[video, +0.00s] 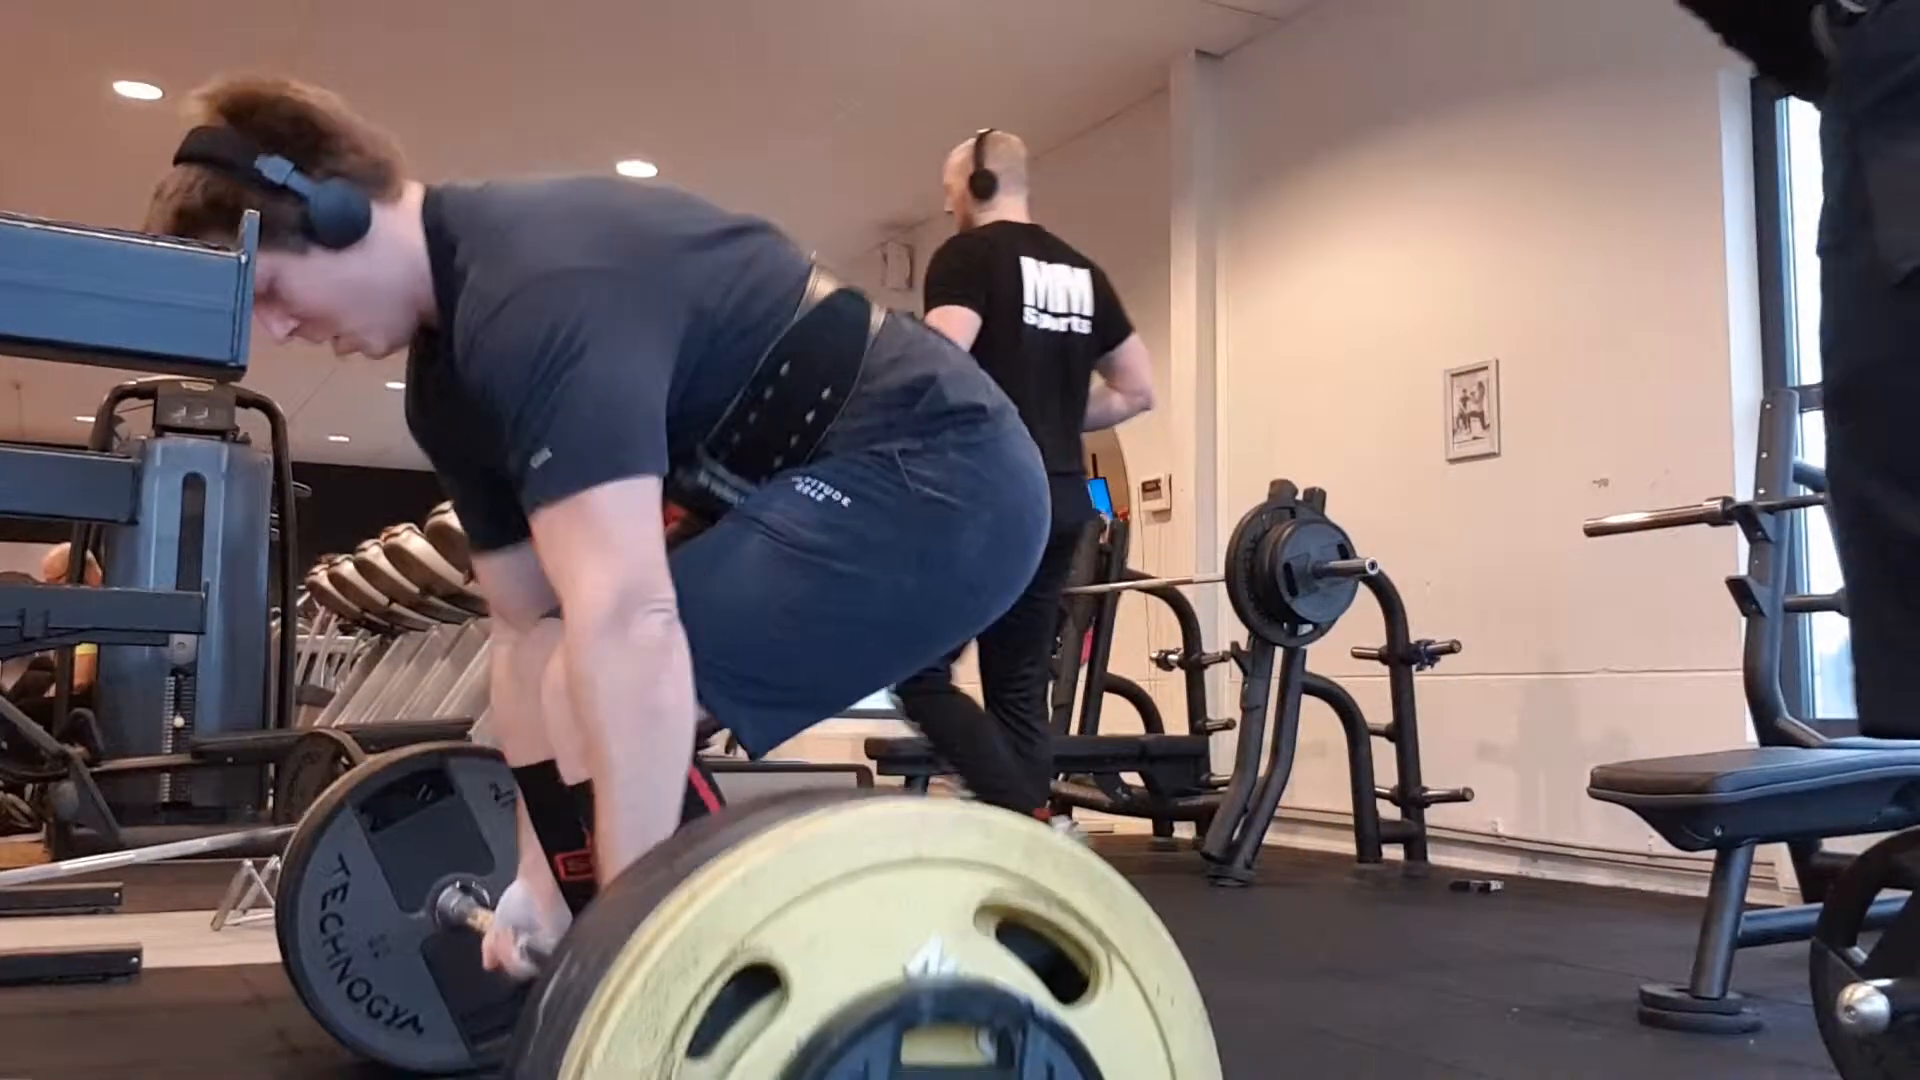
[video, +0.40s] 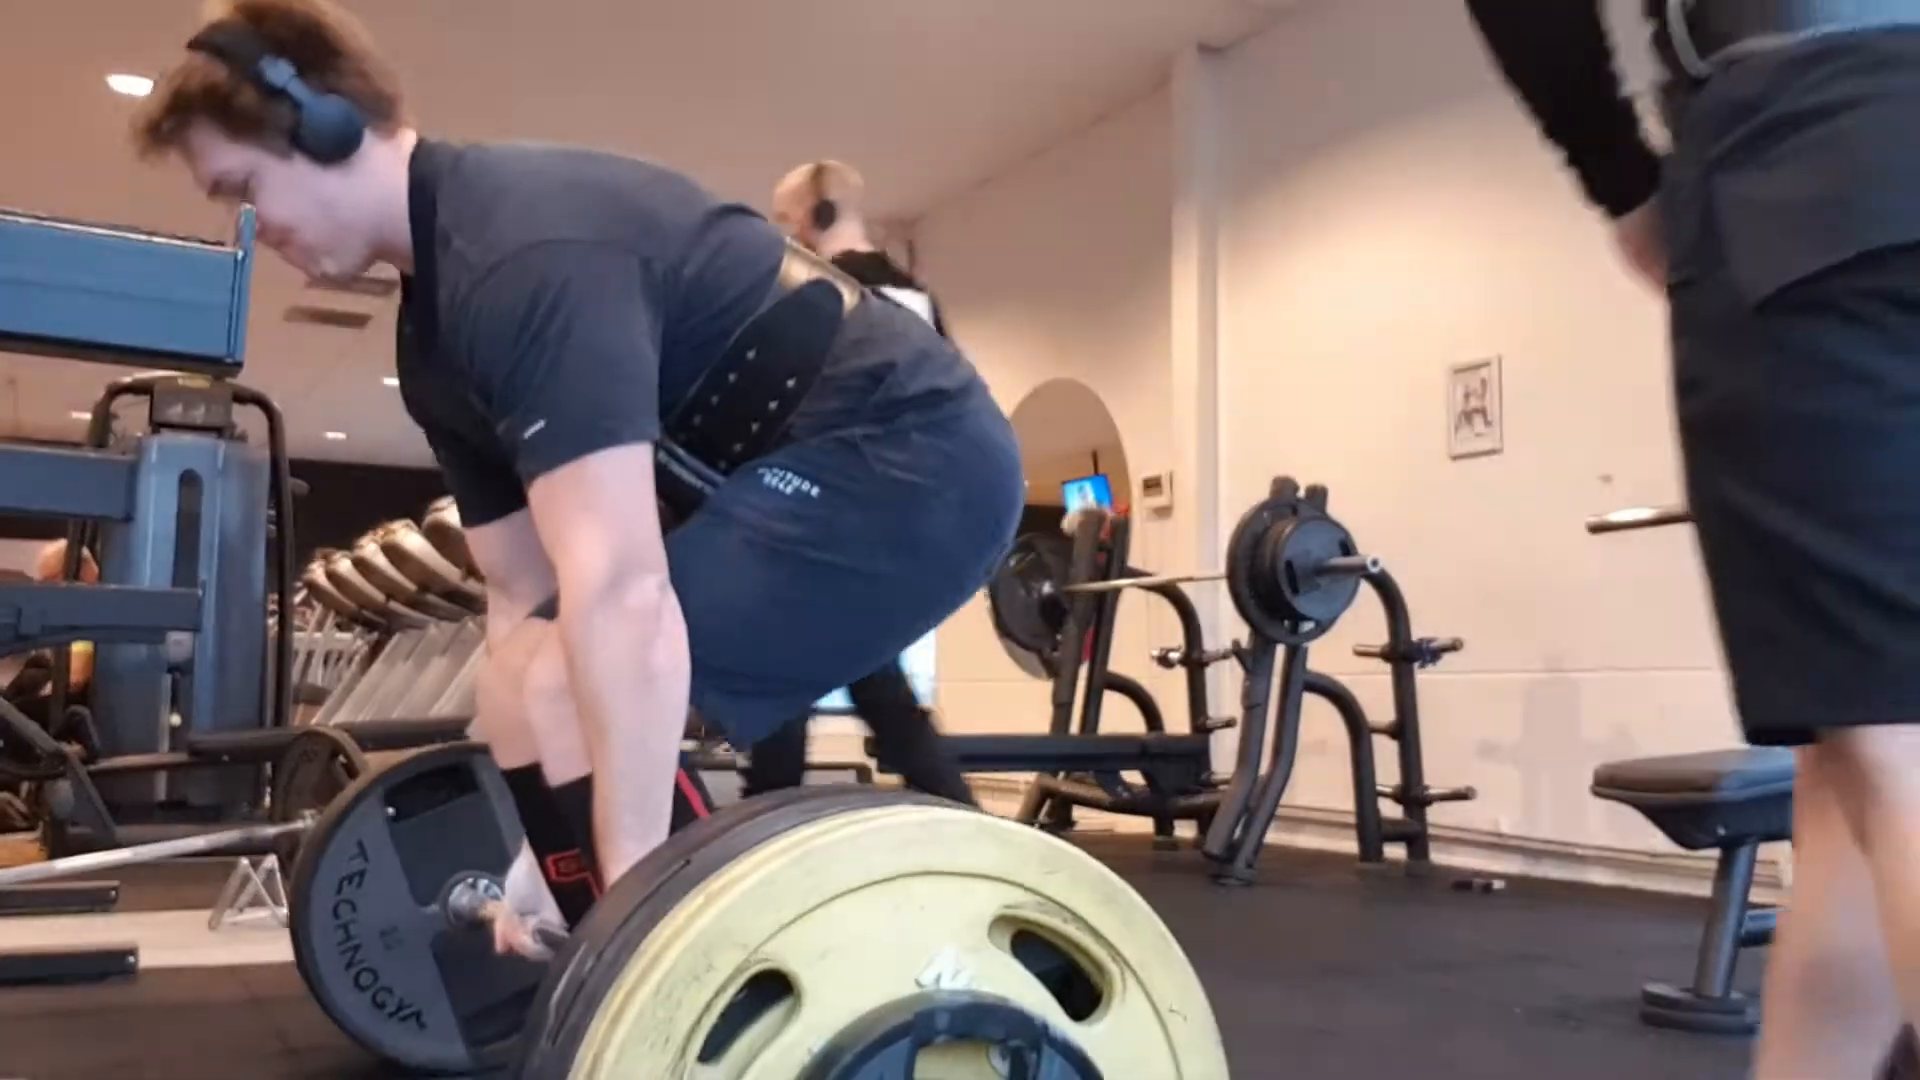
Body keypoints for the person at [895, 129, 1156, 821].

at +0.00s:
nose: (947, 203)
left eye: (949, 190)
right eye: (946, 190)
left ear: (971, 187)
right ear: (1022, 187)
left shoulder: (968, 253)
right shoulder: (1080, 269)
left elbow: (940, 360)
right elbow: (1136, 392)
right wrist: (1060, 418)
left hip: (984, 500)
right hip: (1061, 502)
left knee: (919, 672)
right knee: (1020, 679)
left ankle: (1022, 809)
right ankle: (1025, 843)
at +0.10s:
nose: (910, 203)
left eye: (914, 191)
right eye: (910, 190)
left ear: (937, 189)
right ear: (986, 189)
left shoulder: (947, 254)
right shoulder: (1044, 269)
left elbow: (923, 367)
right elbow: (1098, 390)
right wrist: (1021, 409)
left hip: (951, 494)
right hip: (1025, 498)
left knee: (873, 642)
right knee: (1002, 675)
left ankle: (922, 812)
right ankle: (1018, 844)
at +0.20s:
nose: (869, 214)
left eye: (874, 199)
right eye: (868, 199)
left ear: (904, 197)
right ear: (938, 196)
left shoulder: (911, 262)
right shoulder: (1000, 274)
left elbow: (908, 370)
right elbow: (1052, 394)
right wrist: (978, 429)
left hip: (906, 488)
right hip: (977, 493)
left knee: (863, 649)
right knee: (974, 665)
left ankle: (838, 827)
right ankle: (1010, 835)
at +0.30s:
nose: (824, 225)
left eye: (830, 211)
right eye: (823, 211)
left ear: (861, 207)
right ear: (891, 206)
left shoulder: (859, 284)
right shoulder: (958, 286)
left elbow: (839, 396)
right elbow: (999, 394)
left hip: (865, 504)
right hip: (932, 505)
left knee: (839, 669)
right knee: (938, 675)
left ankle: (803, 820)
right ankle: (993, 826)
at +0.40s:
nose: (777, 232)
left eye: (783, 219)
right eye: (776, 219)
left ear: (813, 215)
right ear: (853, 211)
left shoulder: (812, 292)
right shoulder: (908, 292)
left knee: (771, 678)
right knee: (882, 686)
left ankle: (770, 844)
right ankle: (960, 827)